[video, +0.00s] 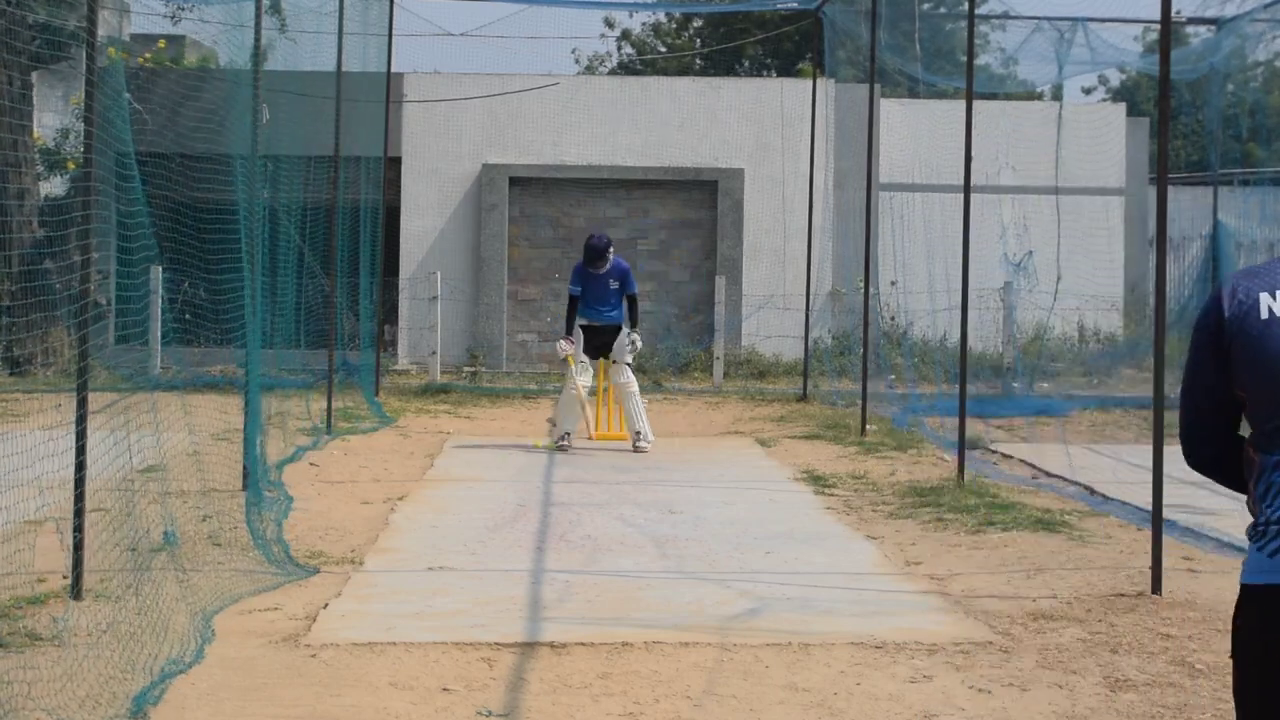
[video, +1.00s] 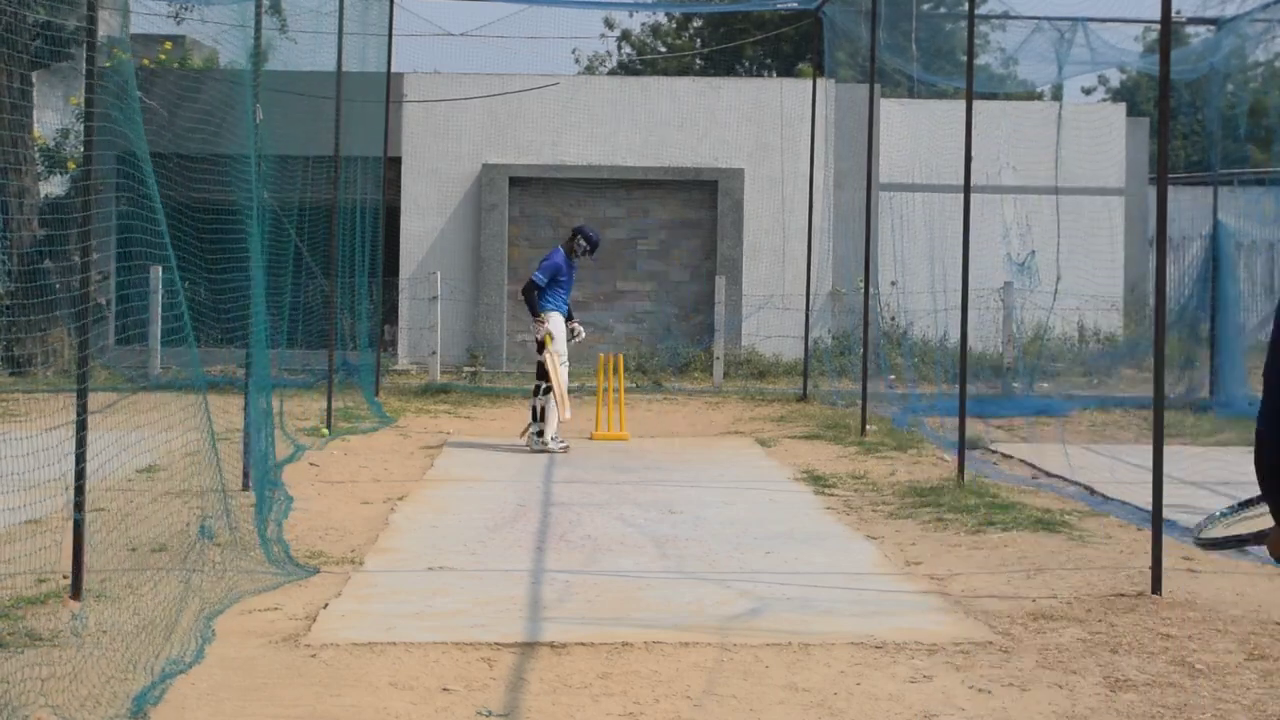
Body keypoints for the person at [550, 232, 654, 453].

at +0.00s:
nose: (597, 269)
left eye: (601, 265)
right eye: (593, 265)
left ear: (609, 256)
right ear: (586, 258)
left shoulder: (622, 269)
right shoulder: (580, 270)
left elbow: (632, 300)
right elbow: (572, 304)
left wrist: (634, 330)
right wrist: (568, 335)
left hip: (615, 331)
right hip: (585, 330)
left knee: (625, 380)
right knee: (577, 381)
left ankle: (640, 434)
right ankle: (565, 433)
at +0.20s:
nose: (587, 271)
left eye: (591, 267)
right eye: (584, 268)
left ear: (598, 258)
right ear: (577, 258)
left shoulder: (606, 267)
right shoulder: (566, 270)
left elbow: (612, 290)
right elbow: (558, 306)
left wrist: (629, 317)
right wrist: (551, 338)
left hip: (596, 328)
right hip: (569, 328)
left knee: (608, 378)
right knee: (568, 380)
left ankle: (602, 433)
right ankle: (563, 434)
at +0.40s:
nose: (590, 264)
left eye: (593, 260)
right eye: (586, 260)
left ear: (597, 253)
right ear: (577, 252)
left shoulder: (594, 264)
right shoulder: (563, 266)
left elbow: (591, 287)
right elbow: (547, 297)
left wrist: (606, 312)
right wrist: (539, 330)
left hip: (578, 323)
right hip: (557, 321)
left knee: (584, 378)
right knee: (566, 378)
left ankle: (551, 424)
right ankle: (562, 433)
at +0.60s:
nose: (585, 258)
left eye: (589, 255)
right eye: (585, 253)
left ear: (589, 252)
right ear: (577, 244)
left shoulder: (581, 263)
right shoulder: (559, 263)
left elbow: (576, 294)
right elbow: (535, 292)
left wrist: (587, 320)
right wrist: (531, 325)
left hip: (567, 321)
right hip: (552, 319)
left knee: (552, 377)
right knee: (565, 374)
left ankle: (538, 431)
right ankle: (560, 433)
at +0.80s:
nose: (583, 253)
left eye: (586, 250)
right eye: (583, 247)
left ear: (584, 248)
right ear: (575, 240)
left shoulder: (571, 262)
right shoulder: (554, 260)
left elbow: (566, 296)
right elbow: (531, 293)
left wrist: (576, 322)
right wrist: (534, 325)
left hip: (560, 318)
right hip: (548, 316)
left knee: (554, 375)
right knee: (569, 372)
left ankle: (538, 430)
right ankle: (550, 431)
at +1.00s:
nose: (583, 253)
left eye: (586, 251)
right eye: (584, 248)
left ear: (583, 247)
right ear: (576, 240)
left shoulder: (569, 262)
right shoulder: (556, 260)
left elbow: (560, 297)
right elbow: (528, 289)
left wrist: (572, 321)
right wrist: (537, 319)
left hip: (558, 318)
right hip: (550, 318)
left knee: (551, 376)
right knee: (558, 376)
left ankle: (538, 430)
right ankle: (548, 435)